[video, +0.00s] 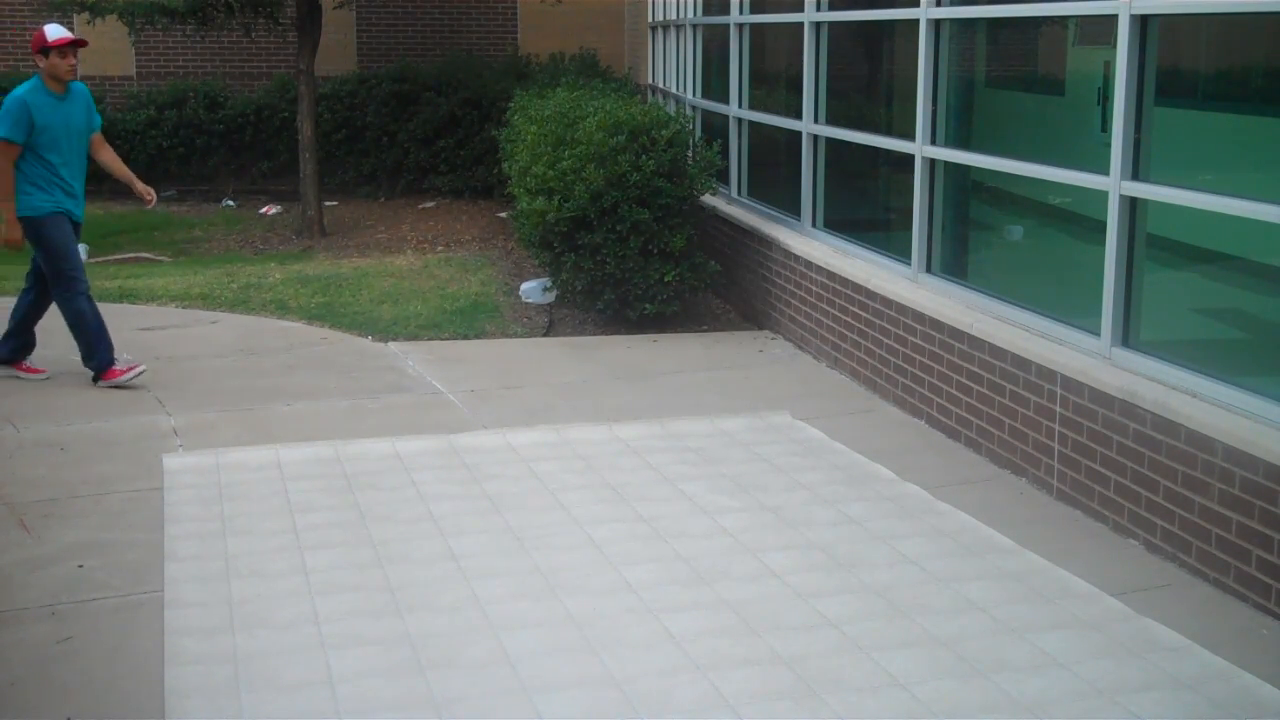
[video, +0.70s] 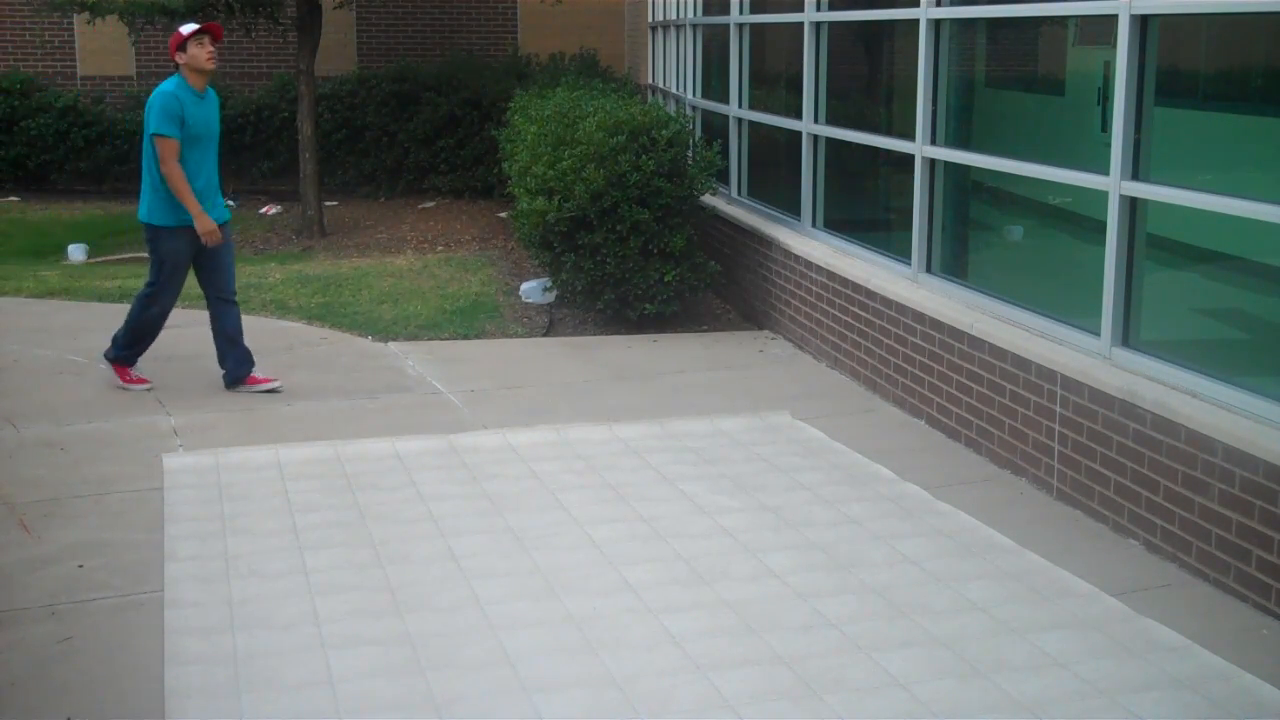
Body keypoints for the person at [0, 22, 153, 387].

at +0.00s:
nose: (72, 59)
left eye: (74, 52)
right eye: (62, 54)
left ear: (77, 56)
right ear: (41, 60)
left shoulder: (80, 93)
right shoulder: (20, 102)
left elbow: (99, 147)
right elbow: (5, 163)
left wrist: (134, 181)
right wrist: (9, 220)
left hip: (71, 206)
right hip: (38, 207)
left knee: (41, 285)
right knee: (72, 280)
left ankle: (10, 353)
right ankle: (103, 365)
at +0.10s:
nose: (89, 57)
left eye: (90, 50)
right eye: (79, 52)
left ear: (93, 54)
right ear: (58, 59)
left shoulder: (98, 92)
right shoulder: (40, 101)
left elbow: (108, 147)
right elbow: (27, 164)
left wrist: (134, 192)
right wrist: (33, 221)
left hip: (94, 205)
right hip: (60, 206)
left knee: (73, 282)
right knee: (87, 282)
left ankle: (26, 343)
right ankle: (108, 368)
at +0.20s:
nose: (105, 53)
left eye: (107, 46)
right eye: (95, 48)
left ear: (110, 49)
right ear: (74, 55)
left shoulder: (114, 88)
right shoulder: (59, 97)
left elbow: (116, 150)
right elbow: (51, 163)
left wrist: (127, 197)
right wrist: (64, 218)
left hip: (116, 203)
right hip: (82, 206)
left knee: (120, 281)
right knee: (96, 289)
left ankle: (59, 327)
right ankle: (108, 368)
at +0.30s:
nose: (123, 50)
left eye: (124, 44)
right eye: (113, 45)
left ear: (126, 47)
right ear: (91, 50)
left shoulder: (127, 86)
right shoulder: (76, 94)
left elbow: (123, 145)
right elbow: (76, 162)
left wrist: (133, 196)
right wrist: (99, 214)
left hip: (133, 204)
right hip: (95, 210)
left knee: (151, 275)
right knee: (104, 292)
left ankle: (100, 328)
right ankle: (109, 369)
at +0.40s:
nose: (142, 50)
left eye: (143, 43)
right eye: (133, 44)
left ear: (144, 48)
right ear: (111, 50)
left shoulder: (140, 86)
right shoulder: (94, 94)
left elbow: (138, 145)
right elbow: (98, 162)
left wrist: (148, 195)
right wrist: (133, 209)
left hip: (149, 202)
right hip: (108, 211)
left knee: (174, 276)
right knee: (112, 291)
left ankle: (151, 356)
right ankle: (109, 369)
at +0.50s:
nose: (164, 50)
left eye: (164, 44)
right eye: (154, 45)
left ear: (165, 49)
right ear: (132, 53)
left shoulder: (160, 89)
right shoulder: (117, 97)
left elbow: (156, 151)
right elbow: (121, 162)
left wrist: (167, 200)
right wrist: (163, 206)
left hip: (165, 209)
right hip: (125, 215)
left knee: (189, 287)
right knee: (119, 294)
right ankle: (109, 368)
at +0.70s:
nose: (210, 50)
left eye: (212, 45)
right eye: (200, 46)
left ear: (214, 54)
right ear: (180, 56)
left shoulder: (210, 97)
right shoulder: (166, 98)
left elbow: (204, 159)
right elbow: (167, 164)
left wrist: (214, 207)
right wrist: (198, 215)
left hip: (211, 214)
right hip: (170, 219)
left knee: (224, 297)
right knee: (160, 295)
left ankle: (238, 373)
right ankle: (120, 357)